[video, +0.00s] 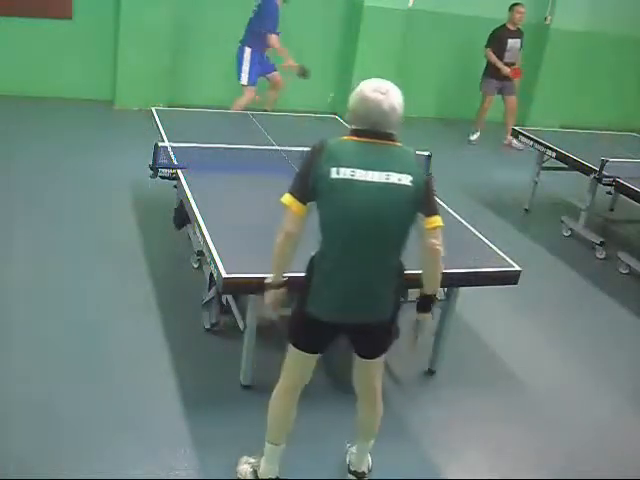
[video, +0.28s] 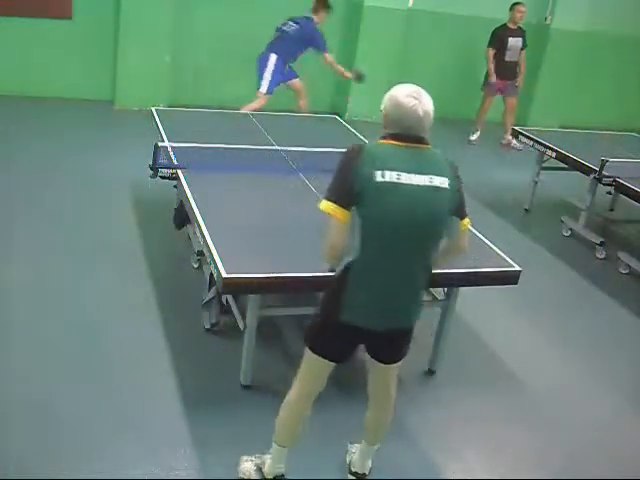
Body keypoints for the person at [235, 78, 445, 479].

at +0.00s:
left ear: (351, 116)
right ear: (397, 120)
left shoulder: (324, 154)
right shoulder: (416, 167)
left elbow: (291, 229)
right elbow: (434, 246)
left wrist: (275, 282)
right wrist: (429, 301)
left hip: (323, 296)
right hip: (378, 302)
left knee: (290, 384)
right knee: (370, 387)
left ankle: (268, 467)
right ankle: (360, 462)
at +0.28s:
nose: (379, 119)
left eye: (382, 113)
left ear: (385, 120)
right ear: (428, 125)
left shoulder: (361, 156)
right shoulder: (446, 168)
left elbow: (336, 241)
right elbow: (459, 243)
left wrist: (333, 259)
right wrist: (424, 258)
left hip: (353, 297)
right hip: (403, 302)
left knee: (305, 387)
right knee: (383, 390)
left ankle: (274, 465)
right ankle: (363, 463)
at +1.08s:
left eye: (390, 141)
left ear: (392, 149)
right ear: (441, 148)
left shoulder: (371, 195)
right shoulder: (465, 197)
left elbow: (343, 276)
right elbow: (490, 277)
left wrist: (341, 321)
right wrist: (470, 328)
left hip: (373, 337)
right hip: (427, 337)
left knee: (361, 443)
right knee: (390, 416)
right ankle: (369, 452)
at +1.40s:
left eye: (400, 146)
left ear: (403, 155)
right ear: (454, 152)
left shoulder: (381, 204)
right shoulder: (480, 203)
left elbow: (350, 284)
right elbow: (498, 284)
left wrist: (350, 325)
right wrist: (454, 292)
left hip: (382, 343)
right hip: (438, 341)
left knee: (366, 439)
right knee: (417, 409)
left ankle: (361, 471)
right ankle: (414, 465)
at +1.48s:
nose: (403, 151)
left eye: (405, 146)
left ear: (409, 154)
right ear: (459, 153)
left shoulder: (386, 202)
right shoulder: (484, 202)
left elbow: (355, 281)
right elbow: (499, 282)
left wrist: (349, 323)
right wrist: (455, 289)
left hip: (385, 343)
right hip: (440, 341)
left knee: (369, 438)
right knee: (426, 404)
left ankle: (362, 471)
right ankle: (428, 468)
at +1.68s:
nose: (423, 148)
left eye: (427, 143)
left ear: (430, 153)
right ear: (479, 155)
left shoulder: (408, 199)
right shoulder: (498, 202)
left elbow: (375, 277)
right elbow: (511, 278)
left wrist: (363, 321)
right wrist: (471, 294)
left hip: (398, 338)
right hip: (454, 336)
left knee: (375, 440)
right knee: (449, 414)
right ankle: (454, 473)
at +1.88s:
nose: (449, 143)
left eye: (452, 139)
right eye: (451, 138)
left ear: (457, 148)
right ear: (503, 153)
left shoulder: (436, 190)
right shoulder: (519, 197)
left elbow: (408, 269)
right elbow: (532, 275)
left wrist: (393, 312)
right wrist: (491, 289)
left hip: (425, 330)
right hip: (475, 332)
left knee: (385, 423)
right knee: (463, 409)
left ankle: (369, 473)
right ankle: (461, 473)